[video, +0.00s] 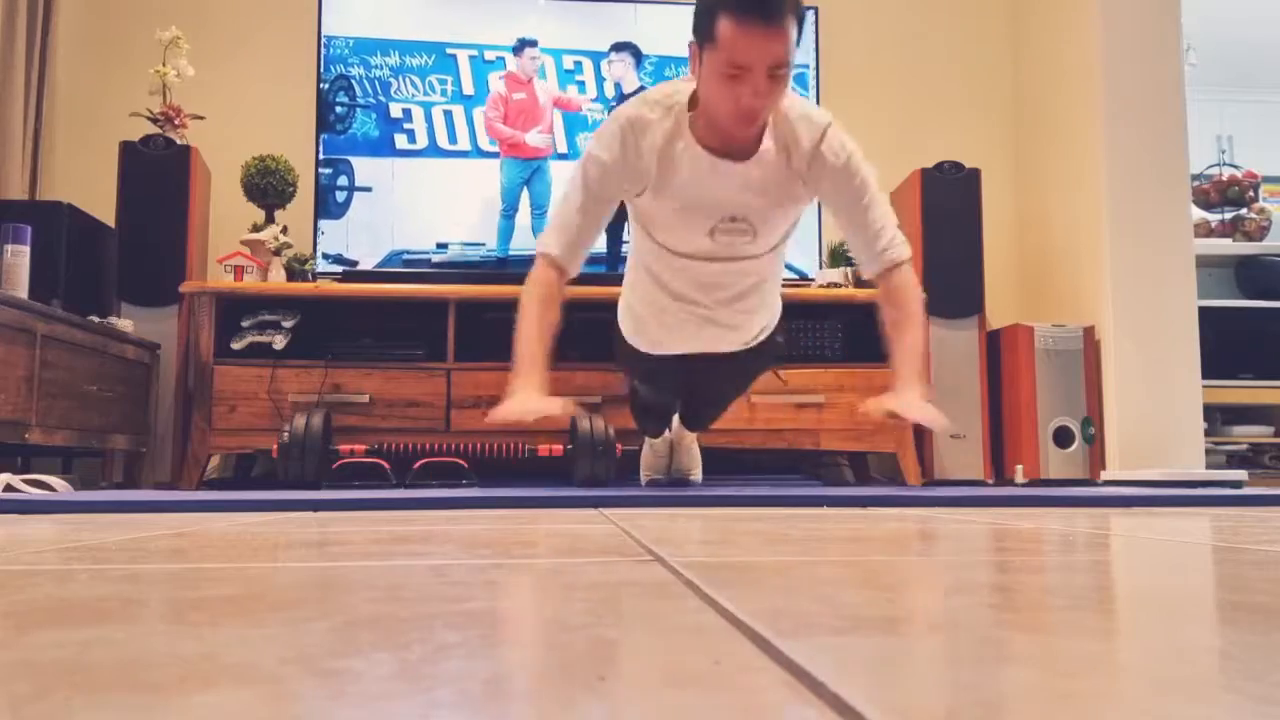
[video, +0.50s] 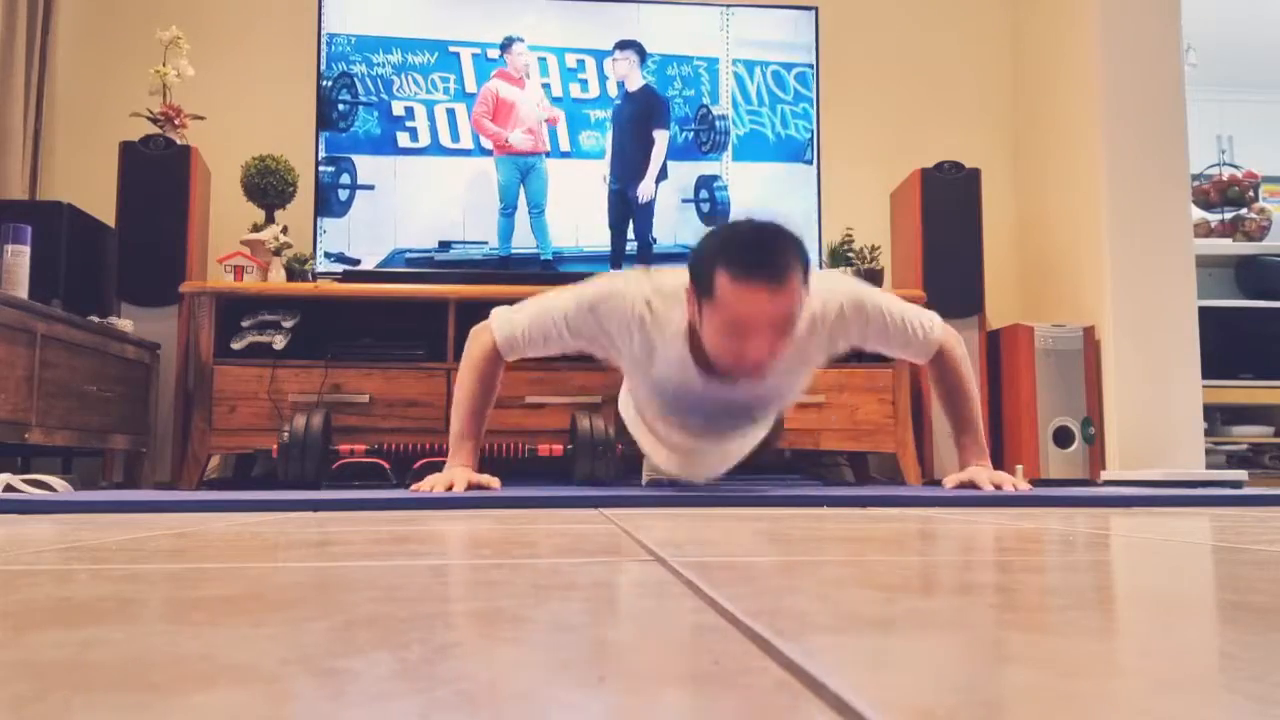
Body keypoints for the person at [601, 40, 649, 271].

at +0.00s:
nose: (608, 67)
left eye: (614, 62)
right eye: (609, 62)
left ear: (630, 64)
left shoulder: (650, 101)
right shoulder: (615, 102)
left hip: (644, 177)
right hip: (616, 177)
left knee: (644, 231)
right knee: (613, 231)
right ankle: (611, 273)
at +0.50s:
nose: (615, 65)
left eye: (620, 60)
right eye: (613, 60)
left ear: (635, 62)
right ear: (614, 63)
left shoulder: (656, 101)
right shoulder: (620, 101)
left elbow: (661, 143)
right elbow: (612, 138)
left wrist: (650, 179)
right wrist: (608, 167)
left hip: (642, 180)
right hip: (618, 178)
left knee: (642, 235)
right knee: (617, 232)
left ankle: (643, 279)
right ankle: (615, 276)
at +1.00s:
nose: (615, 65)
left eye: (621, 60)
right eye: (614, 60)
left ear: (635, 63)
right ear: (616, 63)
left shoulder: (656, 101)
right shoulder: (620, 101)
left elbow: (661, 143)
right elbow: (613, 137)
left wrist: (650, 178)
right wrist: (608, 164)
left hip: (641, 176)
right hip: (618, 175)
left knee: (642, 230)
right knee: (616, 229)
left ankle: (642, 275)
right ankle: (614, 271)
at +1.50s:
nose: (606, 63)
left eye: (612, 58)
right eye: (606, 58)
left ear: (627, 61)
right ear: (610, 61)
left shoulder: (645, 97)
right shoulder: (611, 99)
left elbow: (653, 135)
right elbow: (603, 134)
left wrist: (646, 164)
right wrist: (600, 163)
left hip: (637, 166)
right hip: (612, 166)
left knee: (633, 218)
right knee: (607, 216)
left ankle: (634, 262)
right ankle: (605, 261)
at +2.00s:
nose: (602, 61)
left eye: (608, 57)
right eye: (602, 57)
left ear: (623, 59)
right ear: (605, 59)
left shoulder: (642, 97)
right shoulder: (606, 97)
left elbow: (647, 137)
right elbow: (597, 131)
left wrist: (636, 172)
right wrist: (593, 157)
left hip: (628, 171)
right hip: (604, 169)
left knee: (628, 223)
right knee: (602, 219)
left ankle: (627, 267)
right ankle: (601, 262)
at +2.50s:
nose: (603, 62)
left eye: (608, 58)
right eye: (603, 58)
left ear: (623, 61)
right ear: (608, 61)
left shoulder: (643, 97)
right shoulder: (605, 97)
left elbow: (648, 137)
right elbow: (599, 131)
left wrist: (638, 172)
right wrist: (593, 157)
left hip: (629, 171)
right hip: (605, 169)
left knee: (629, 222)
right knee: (603, 219)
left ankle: (627, 267)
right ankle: (601, 261)